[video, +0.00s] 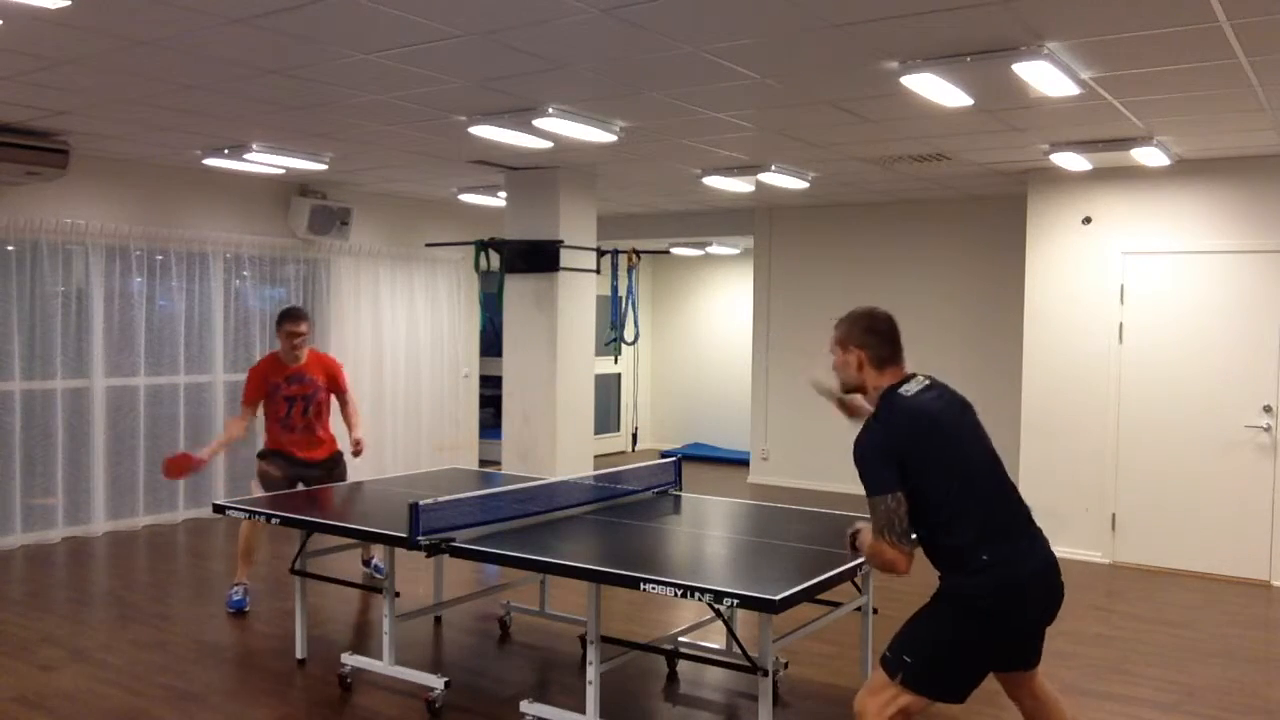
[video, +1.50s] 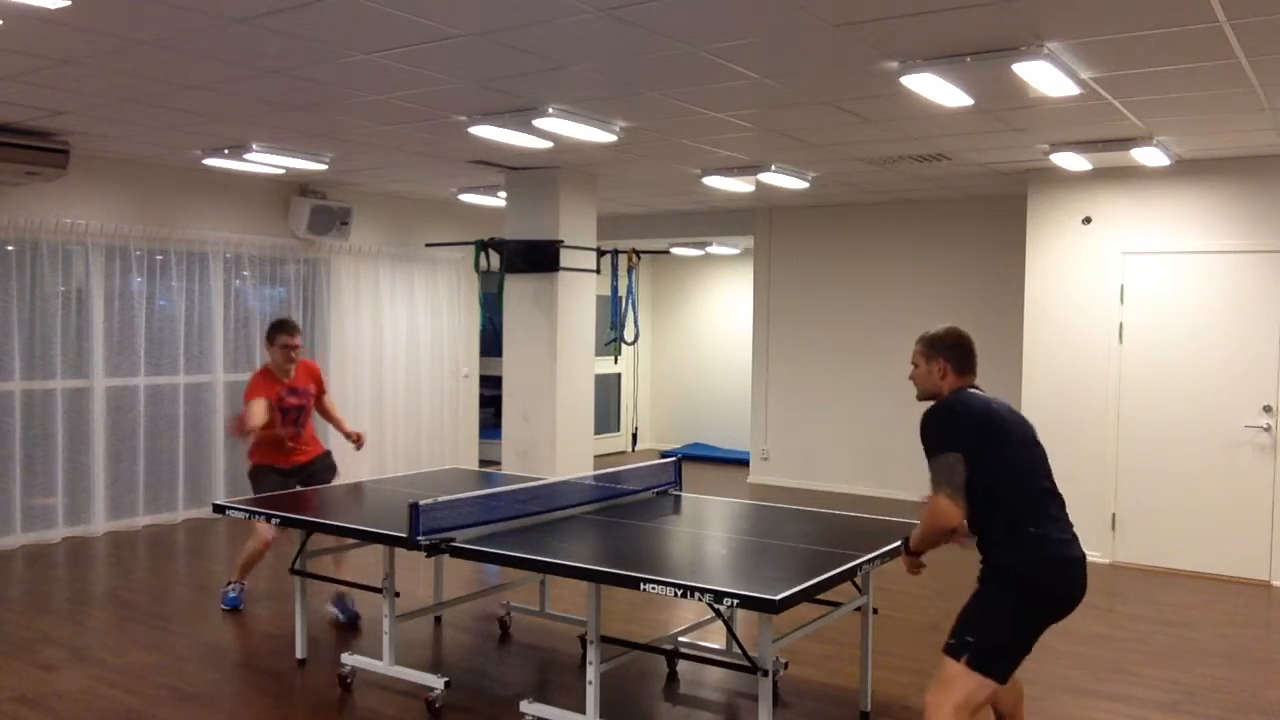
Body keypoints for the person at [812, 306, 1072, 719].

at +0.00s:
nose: (834, 363)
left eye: (836, 353)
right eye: (833, 353)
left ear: (857, 359)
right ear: (895, 352)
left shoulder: (876, 437)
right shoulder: (938, 392)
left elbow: (896, 560)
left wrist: (864, 539)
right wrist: (866, 411)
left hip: (981, 592)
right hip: (1037, 572)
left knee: (875, 706)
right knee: (1024, 683)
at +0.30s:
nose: (918, 376)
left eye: (923, 365)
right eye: (919, 366)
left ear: (944, 367)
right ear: (975, 368)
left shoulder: (926, 423)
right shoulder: (1030, 424)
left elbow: (907, 533)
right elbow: (1068, 523)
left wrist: (911, 576)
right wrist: (1073, 585)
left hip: (989, 592)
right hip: (1061, 585)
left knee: (897, 705)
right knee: (1046, 677)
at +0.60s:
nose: (951, 388)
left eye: (953, 377)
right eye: (952, 377)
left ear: (968, 375)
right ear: (1007, 379)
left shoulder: (946, 427)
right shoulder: (1050, 432)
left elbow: (927, 533)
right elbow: (1072, 524)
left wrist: (926, 593)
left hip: (1003, 595)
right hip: (1076, 589)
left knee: (913, 709)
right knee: (1049, 674)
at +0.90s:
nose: (928, 384)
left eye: (929, 374)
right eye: (927, 375)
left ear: (944, 373)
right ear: (976, 372)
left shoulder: (967, 405)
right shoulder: (998, 411)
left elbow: (980, 445)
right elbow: (958, 471)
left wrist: (899, 506)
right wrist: (889, 484)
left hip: (1048, 570)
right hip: (1088, 566)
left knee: (965, 699)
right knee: (1040, 662)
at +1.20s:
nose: (897, 390)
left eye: (903, 380)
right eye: (899, 380)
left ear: (926, 382)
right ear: (931, 383)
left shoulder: (968, 422)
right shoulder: (952, 434)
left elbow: (1013, 488)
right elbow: (918, 473)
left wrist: (945, 558)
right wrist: (845, 454)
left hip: (1054, 577)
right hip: (1037, 571)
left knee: (967, 700)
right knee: (968, 633)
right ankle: (1005, 708)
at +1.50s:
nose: (911, 374)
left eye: (916, 365)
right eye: (912, 365)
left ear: (941, 369)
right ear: (951, 370)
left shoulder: (946, 413)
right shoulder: (999, 411)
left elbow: (947, 516)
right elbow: (1016, 505)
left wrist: (914, 548)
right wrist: (961, 528)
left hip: (1023, 571)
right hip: (1063, 568)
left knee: (945, 701)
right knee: (996, 675)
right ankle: (1011, 713)